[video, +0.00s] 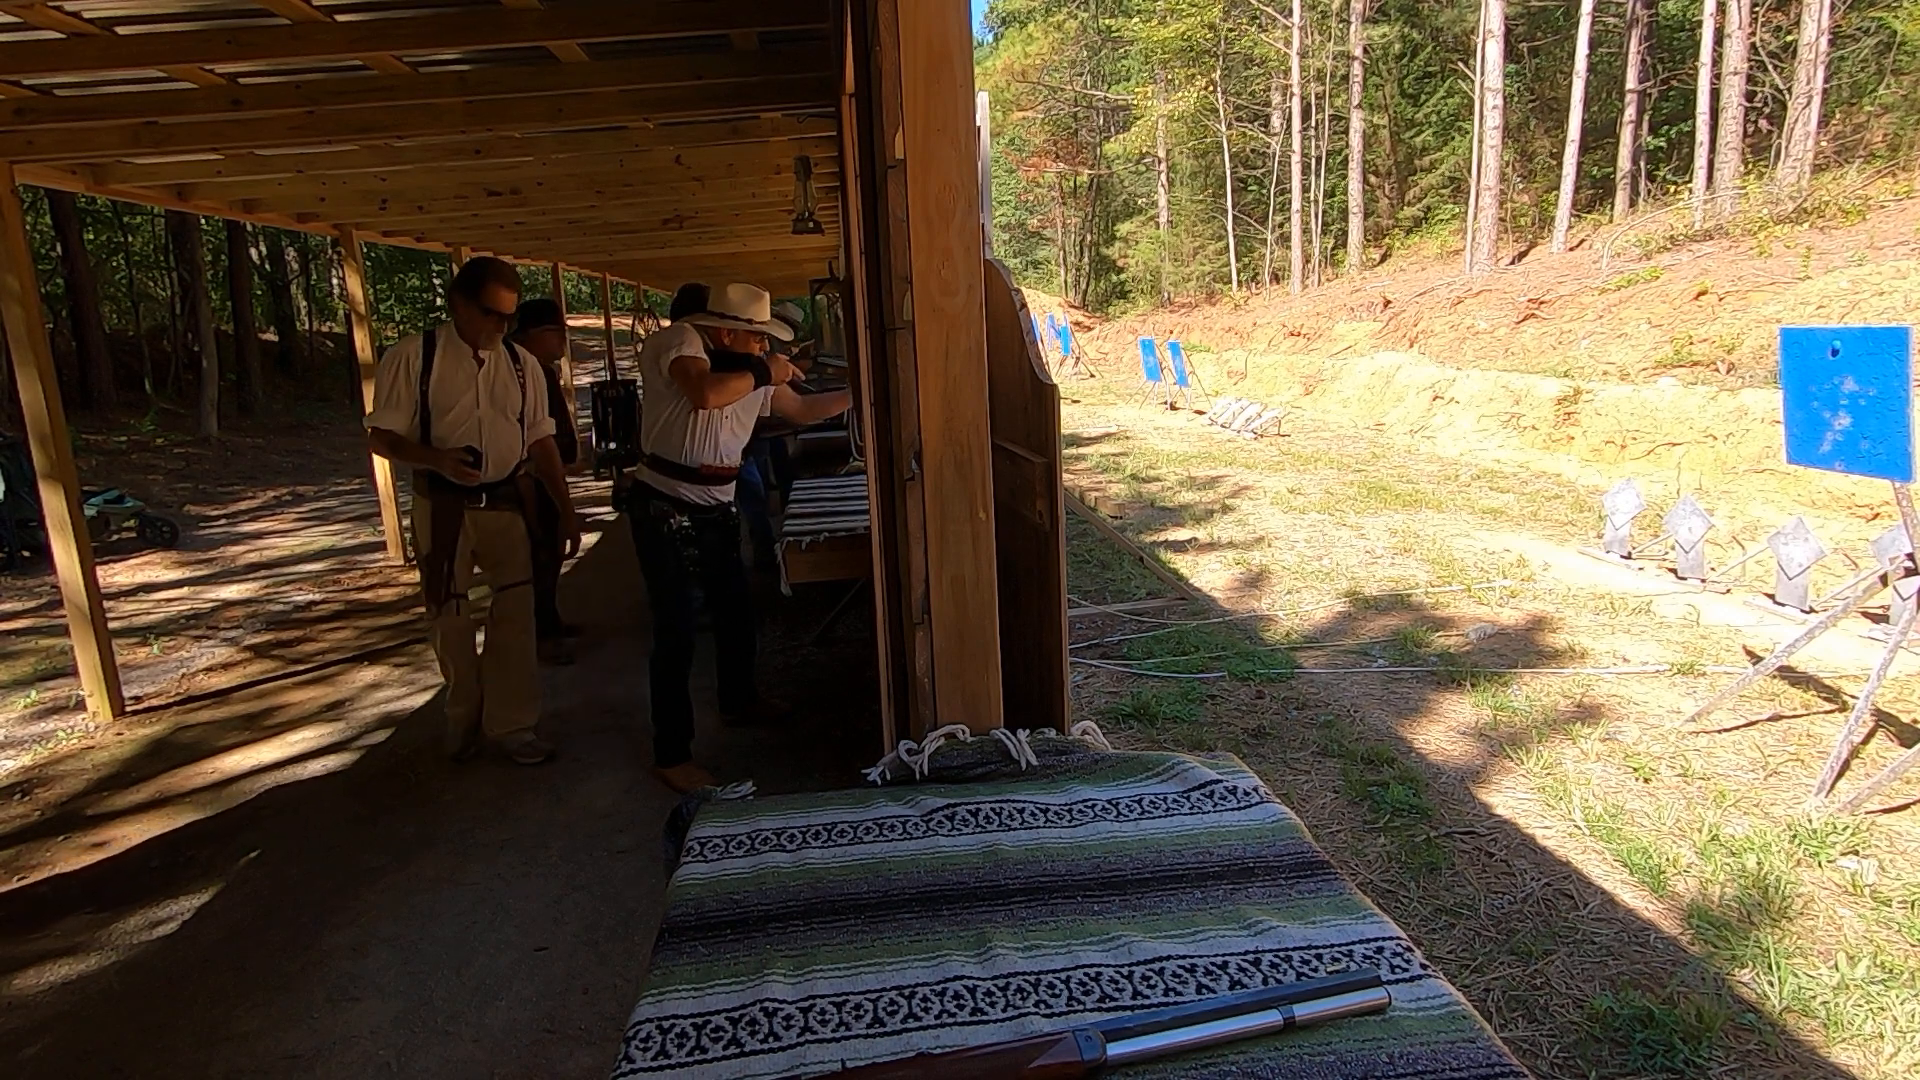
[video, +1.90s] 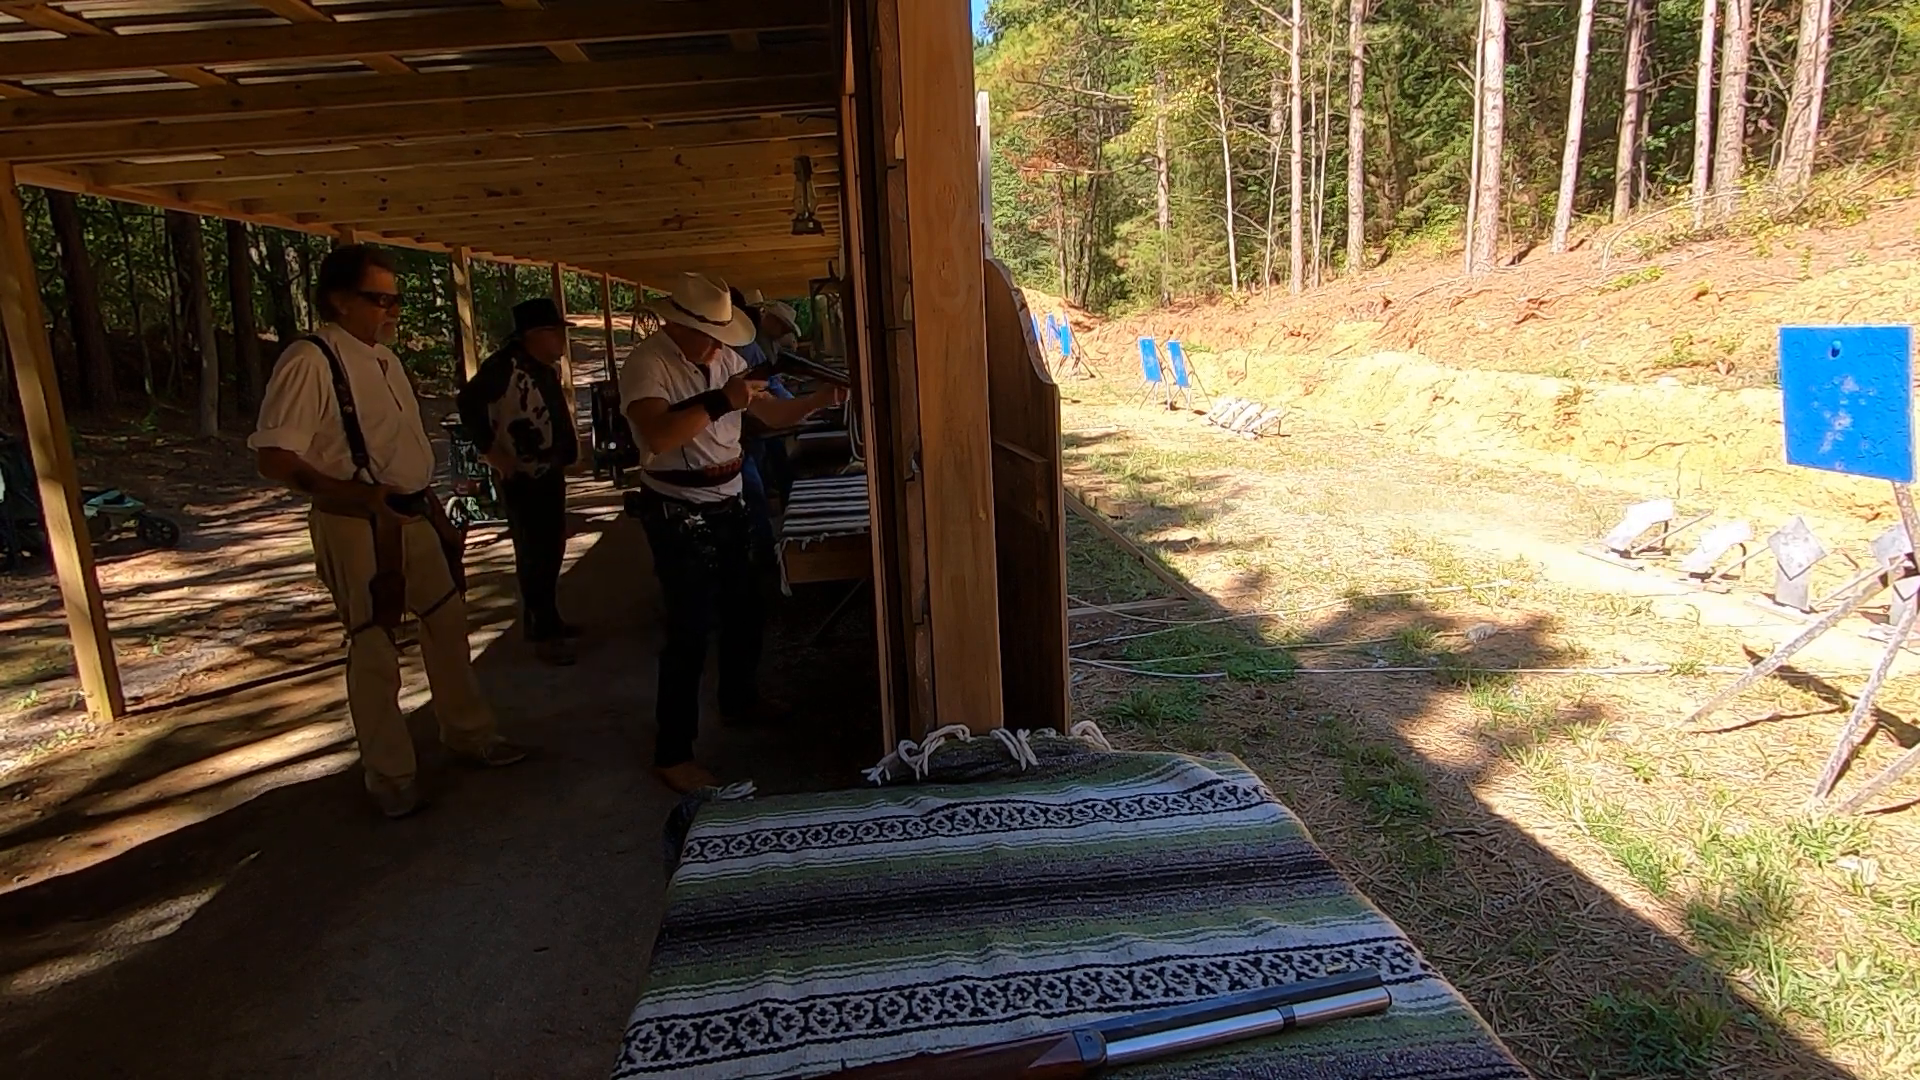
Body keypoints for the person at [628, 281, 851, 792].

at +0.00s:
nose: (762, 345)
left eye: (764, 337)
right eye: (756, 337)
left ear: (745, 335)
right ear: (724, 331)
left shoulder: (750, 367)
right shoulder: (678, 338)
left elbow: (802, 409)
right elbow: (705, 393)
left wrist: (860, 392)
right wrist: (766, 371)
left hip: (718, 511)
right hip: (663, 508)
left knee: (736, 614)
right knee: (675, 631)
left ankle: (740, 708)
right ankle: (673, 757)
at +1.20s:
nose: (723, 330)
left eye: (724, 321)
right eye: (714, 321)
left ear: (717, 321)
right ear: (682, 321)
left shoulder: (720, 363)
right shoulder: (651, 349)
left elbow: (773, 415)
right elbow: (671, 412)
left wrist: (834, 383)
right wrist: (740, 404)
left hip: (709, 511)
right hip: (656, 512)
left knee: (727, 615)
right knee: (674, 629)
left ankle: (741, 710)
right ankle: (672, 756)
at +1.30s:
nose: (725, 330)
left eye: (726, 321)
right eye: (715, 321)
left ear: (721, 322)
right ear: (681, 318)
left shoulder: (720, 363)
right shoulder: (645, 362)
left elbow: (758, 425)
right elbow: (640, 444)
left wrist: (798, 394)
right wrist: (702, 416)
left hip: (718, 511)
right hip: (666, 514)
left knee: (731, 617)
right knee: (681, 630)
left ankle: (740, 710)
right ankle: (673, 756)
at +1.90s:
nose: (718, 345)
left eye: (721, 335)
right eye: (708, 335)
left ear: (719, 329)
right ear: (679, 327)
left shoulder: (724, 360)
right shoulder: (646, 363)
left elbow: (769, 412)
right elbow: (657, 436)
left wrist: (818, 400)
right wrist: (723, 399)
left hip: (734, 507)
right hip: (679, 514)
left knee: (744, 614)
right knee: (688, 630)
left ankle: (741, 707)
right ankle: (674, 756)